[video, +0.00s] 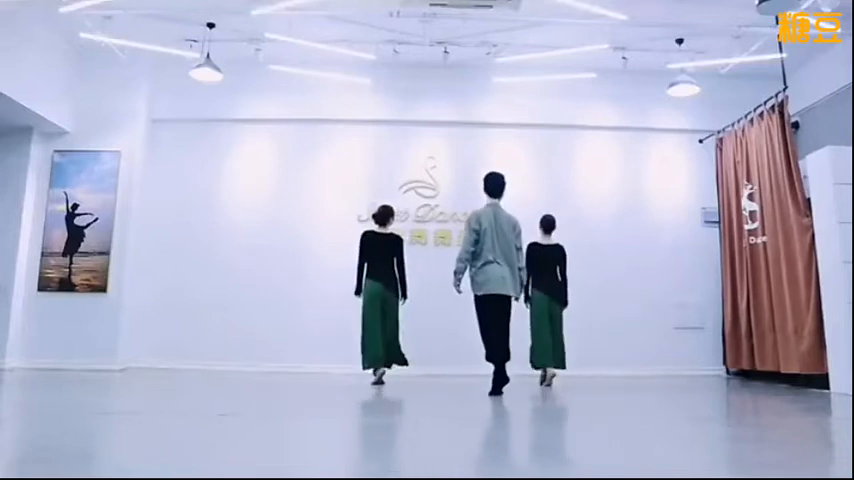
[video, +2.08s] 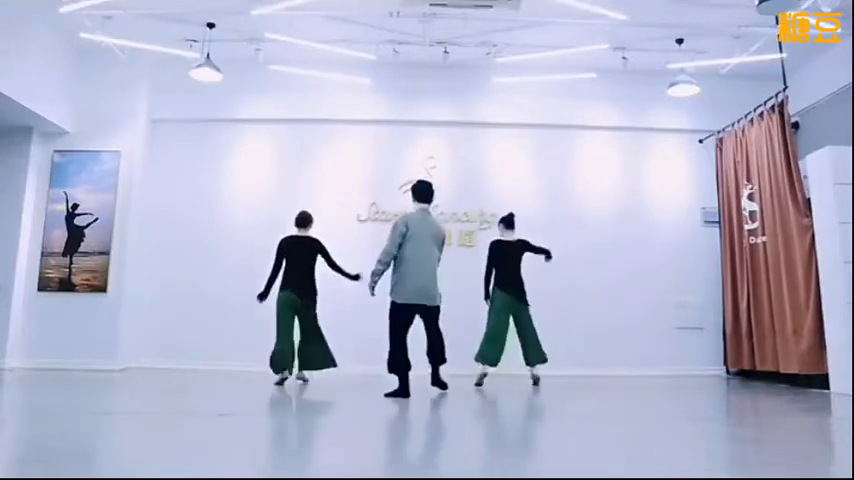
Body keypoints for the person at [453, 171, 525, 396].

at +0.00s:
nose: (489, 191)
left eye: (486, 187)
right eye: (497, 187)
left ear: (484, 189)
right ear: (503, 190)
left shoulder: (476, 218)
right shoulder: (512, 222)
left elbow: (467, 250)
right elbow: (519, 257)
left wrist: (458, 273)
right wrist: (521, 284)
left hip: (482, 281)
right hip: (507, 281)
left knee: (488, 327)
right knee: (502, 327)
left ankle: (500, 370)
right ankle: (498, 377)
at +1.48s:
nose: (464, 193)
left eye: (457, 189)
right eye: (467, 188)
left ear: (452, 191)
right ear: (471, 192)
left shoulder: (444, 220)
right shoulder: (481, 221)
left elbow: (433, 252)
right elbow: (490, 256)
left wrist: (423, 275)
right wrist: (492, 284)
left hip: (454, 288)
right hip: (478, 286)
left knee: (461, 331)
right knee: (476, 330)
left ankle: (479, 372)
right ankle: (476, 377)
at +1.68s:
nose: (455, 194)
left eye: (449, 190)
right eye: (460, 190)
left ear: (445, 192)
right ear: (464, 193)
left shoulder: (438, 221)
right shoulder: (472, 223)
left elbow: (428, 252)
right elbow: (485, 256)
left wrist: (418, 276)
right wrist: (492, 281)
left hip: (444, 290)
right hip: (468, 289)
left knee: (445, 334)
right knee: (469, 332)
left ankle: (459, 376)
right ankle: (476, 375)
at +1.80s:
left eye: (438, 189)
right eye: (450, 189)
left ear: (435, 192)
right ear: (454, 193)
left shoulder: (428, 221)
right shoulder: (463, 223)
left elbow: (419, 252)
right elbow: (475, 256)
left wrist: (408, 276)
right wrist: (479, 282)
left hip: (433, 289)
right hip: (459, 289)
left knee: (426, 337)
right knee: (465, 336)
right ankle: (473, 379)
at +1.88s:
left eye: (432, 189)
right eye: (443, 189)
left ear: (430, 192)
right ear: (450, 192)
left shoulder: (423, 219)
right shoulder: (459, 223)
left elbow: (414, 251)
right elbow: (467, 258)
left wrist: (402, 275)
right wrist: (467, 284)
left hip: (427, 289)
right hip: (453, 289)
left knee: (418, 336)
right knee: (461, 335)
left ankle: (408, 381)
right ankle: (472, 380)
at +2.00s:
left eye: (419, 192)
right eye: (430, 192)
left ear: (417, 194)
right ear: (437, 195)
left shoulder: (408, 220)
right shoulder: (444, 226)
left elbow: (397, 251)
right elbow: (444, 260)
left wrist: (383, 274)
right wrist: (439, 282)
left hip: (410, 291)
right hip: (436, 291)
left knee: (402, 338)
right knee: (444, 331)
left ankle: (404, 385)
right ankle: (451, 374)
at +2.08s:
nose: (414, 196)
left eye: (414, 193)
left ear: (413, 196)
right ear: (432, 198)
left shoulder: (404, 223)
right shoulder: (438, 229)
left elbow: (389, 252)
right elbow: (436, 259)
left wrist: (374, 277)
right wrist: (421, 274)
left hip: (403, 293)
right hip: (429, 293)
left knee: (398, 338)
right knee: (433, 331)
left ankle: (403, 385)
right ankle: (436, 374)